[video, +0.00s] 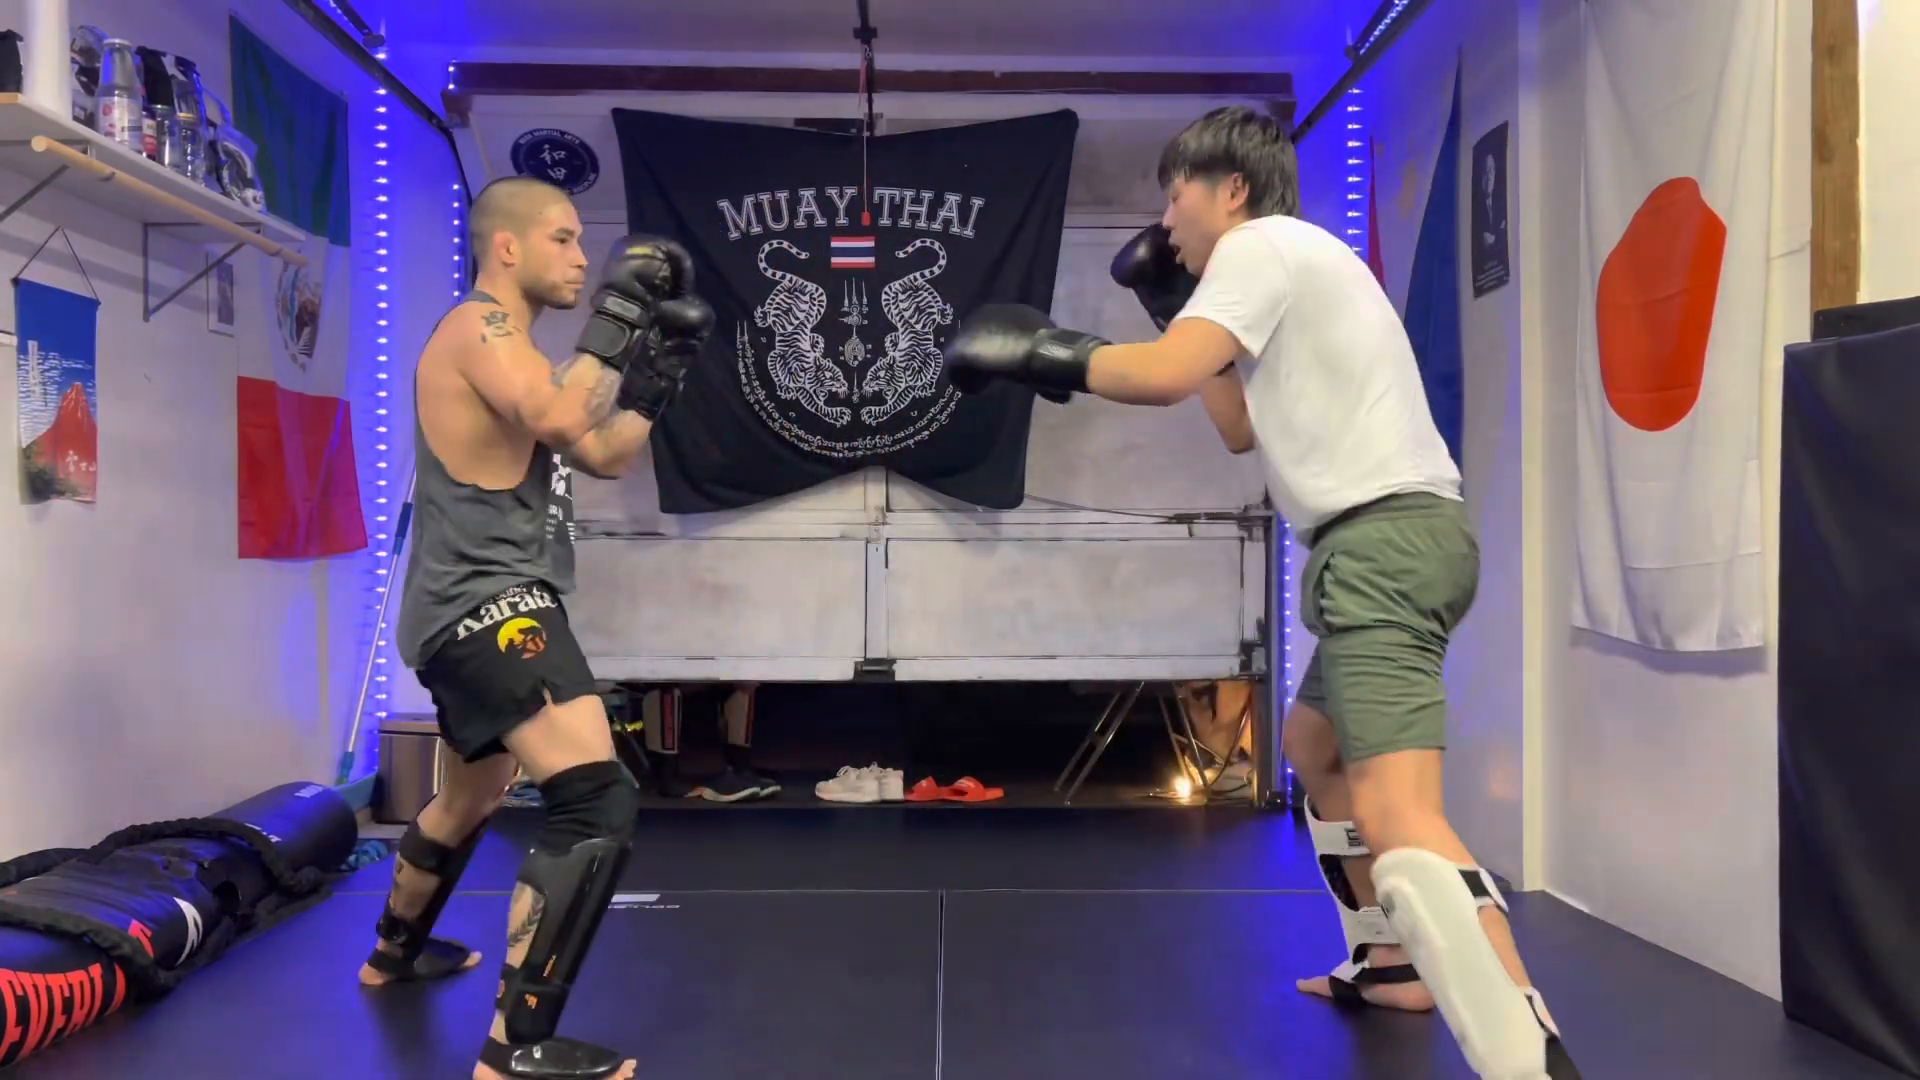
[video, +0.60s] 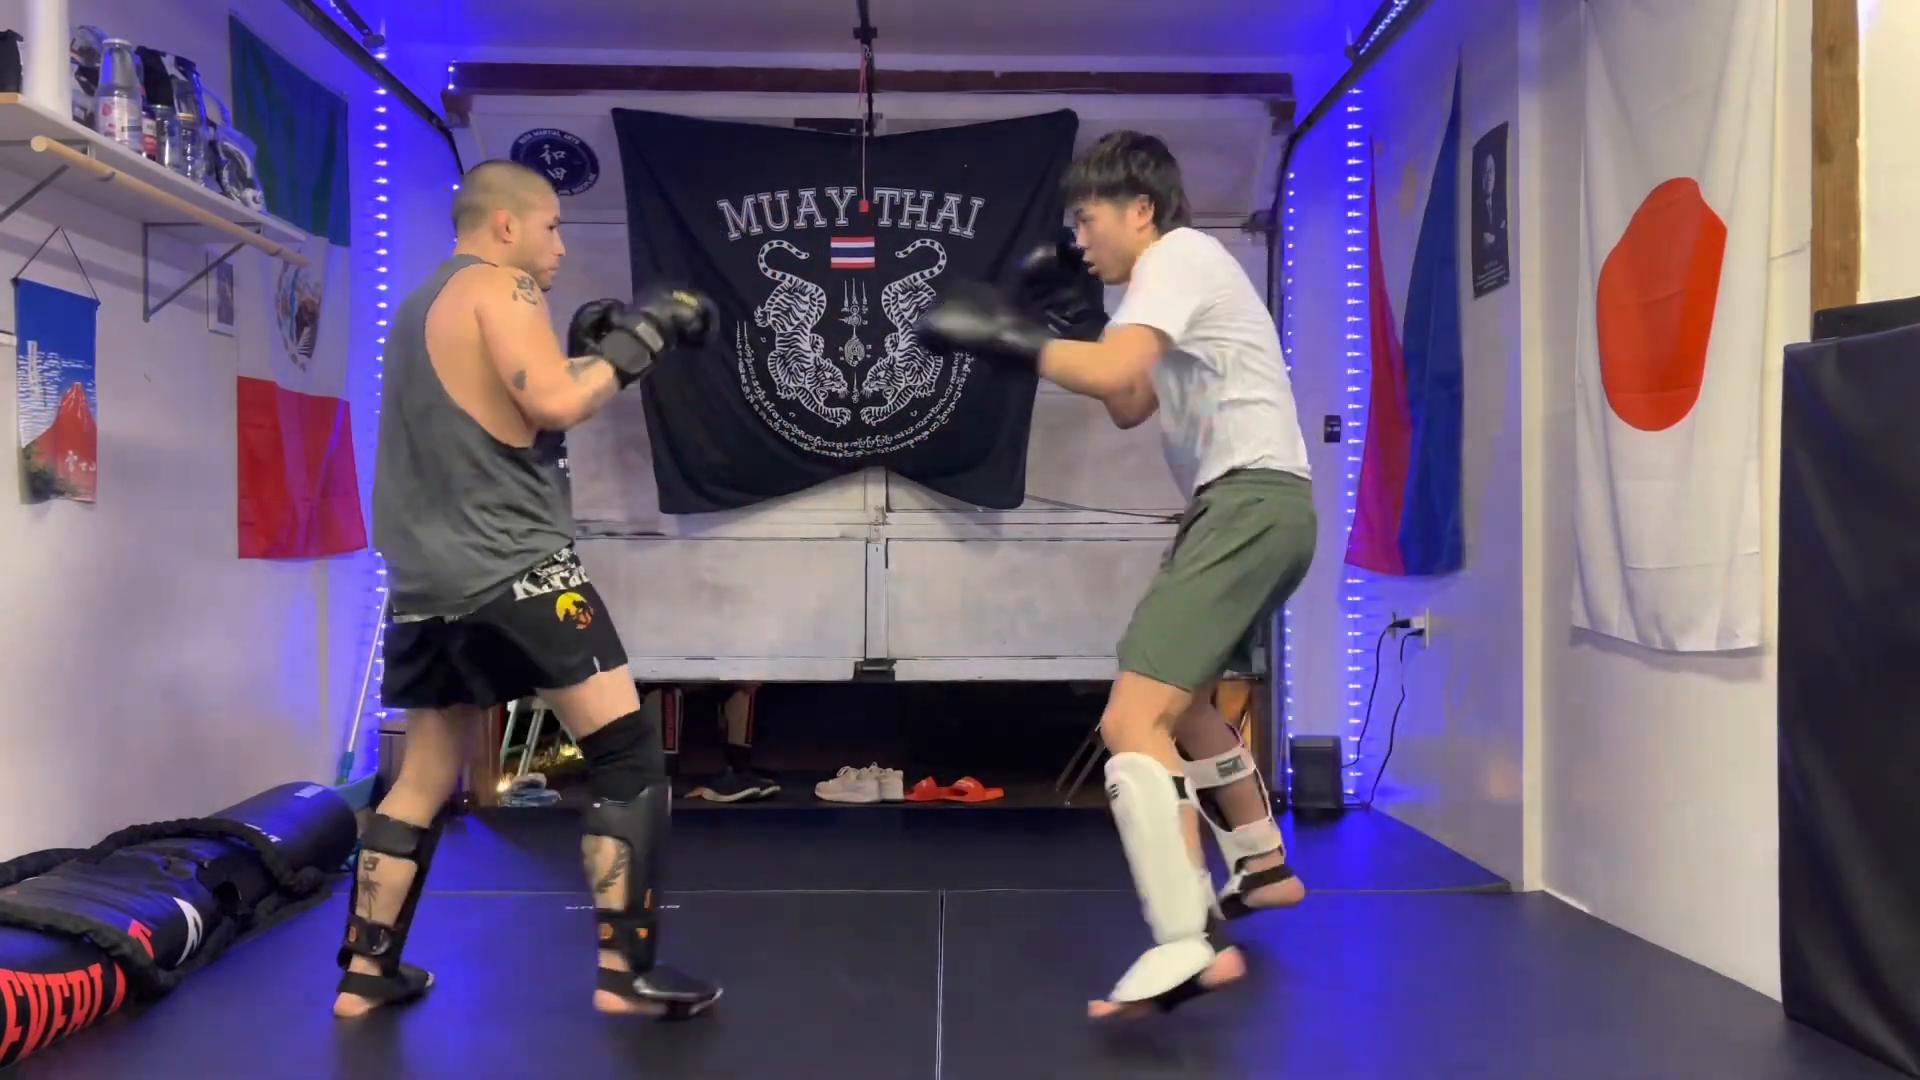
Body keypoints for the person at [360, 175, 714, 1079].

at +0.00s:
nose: (580, 256)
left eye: (579, 240)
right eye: (563, 239)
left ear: (517, 253)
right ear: (505, 247)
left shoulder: (519, 348)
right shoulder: (478, 331)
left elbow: (606, 453)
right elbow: (559, 415)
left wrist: (662, 373)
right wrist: (620, 314)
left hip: (473, 606)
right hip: (491, 601)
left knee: (469, 794)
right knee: (596, 802)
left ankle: (396, 948)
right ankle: (522, 1041)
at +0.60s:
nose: (560, 245)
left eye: (559, 227)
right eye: (550, 227)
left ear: (482, 230)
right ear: (504, 227)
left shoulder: (423, 303)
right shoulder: (501, 293)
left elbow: (493, 410)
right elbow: (553, 401)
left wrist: (577, 352)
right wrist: (636, 344)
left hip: (425, 585)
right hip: (518, 574)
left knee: (423, 771)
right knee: (625, 751)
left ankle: (367, 971)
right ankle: (625, 969)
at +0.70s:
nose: (584, 249)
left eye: (582, 232)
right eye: (575, 232)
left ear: (506, 236)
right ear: (530, 233)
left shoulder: (441, 315)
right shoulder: (529, 306)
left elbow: (520, 424)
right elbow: (637, 387)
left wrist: (608, 351)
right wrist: (685, 302)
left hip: (442, 599)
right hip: (542, 588)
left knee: (447, 778)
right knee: (644, 766)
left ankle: (369, 968)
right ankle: (665, 968)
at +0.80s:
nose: (600, 261)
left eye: (600, 244)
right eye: (593, 243)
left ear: (517, 244)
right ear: (547, 241)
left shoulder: (450, 328)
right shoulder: (553, 318)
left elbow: (540, 449)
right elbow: (706, 353)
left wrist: (610, 391)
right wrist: (797, 296)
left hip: (454, 594)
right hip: (545, 591)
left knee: (474, 761)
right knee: (655, 769)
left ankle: (377, 938)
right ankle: (669, 971)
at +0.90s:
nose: (598, 249)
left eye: (598, 232)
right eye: (591, 232)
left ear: (517, 234)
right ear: (545, 231)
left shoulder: (444, 316)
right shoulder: (542, 311)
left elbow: (520, 440)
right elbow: (673, 384)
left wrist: (594, 398)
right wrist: (759, 323)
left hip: (447, 577)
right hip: (535, 575)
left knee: (462, 751)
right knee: (629, 761)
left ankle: (361, 916)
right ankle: (665, 965)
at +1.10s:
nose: (552, 278)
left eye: (550, 263)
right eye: (543, 263)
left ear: (476, 267)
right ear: (501, 267)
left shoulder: (421, 345)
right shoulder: (479, 349)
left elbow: (502, 462)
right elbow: (490, 483)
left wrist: (558, 375)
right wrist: (602, 452)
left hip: (412, 610)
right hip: (480, 607)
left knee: (422, 784)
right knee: (609, 769)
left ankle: (327, 939)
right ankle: (663, 966)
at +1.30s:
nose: (502, 272)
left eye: (500, 257)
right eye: (491, 257)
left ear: (439, 265)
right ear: (444, 264)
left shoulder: (423, 346)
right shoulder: (395, 339)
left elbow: (457, 461)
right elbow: (402, 460)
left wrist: (517, 395)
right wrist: (517, 420)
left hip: (364, 595)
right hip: (378, 593)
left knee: (406, 768)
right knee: (491, 747)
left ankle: (324, 938)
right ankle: (548, 968)